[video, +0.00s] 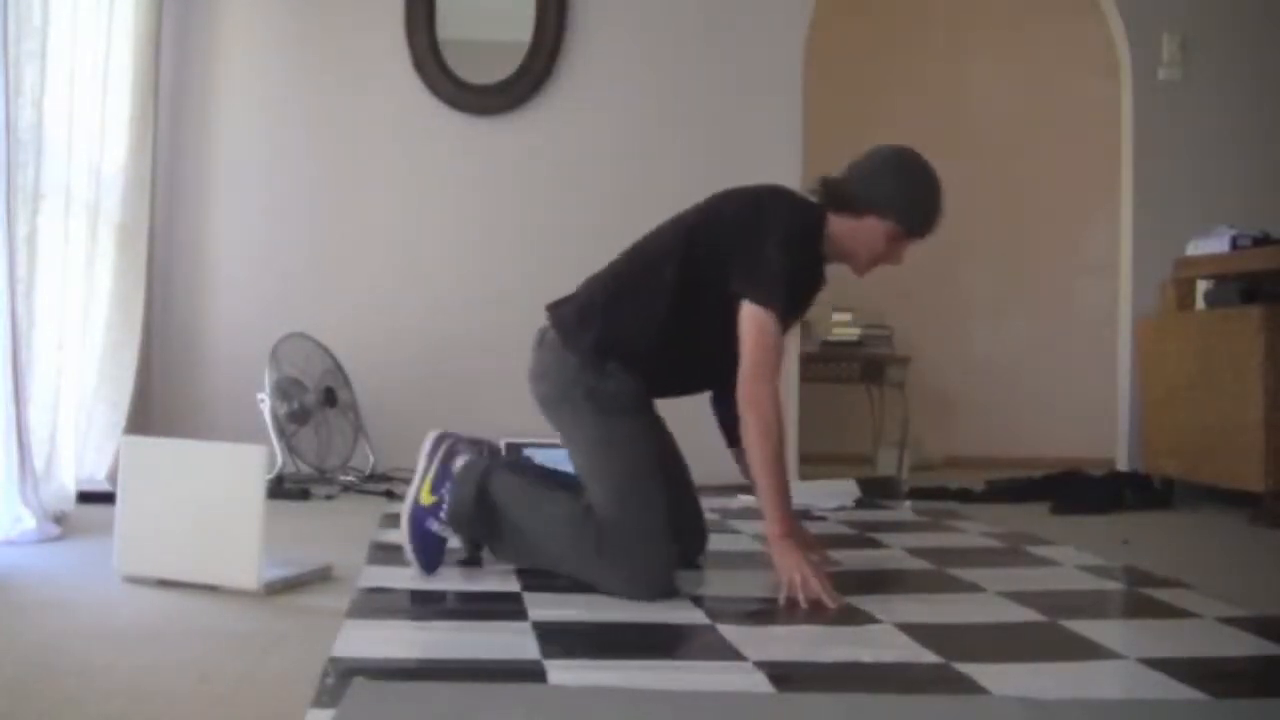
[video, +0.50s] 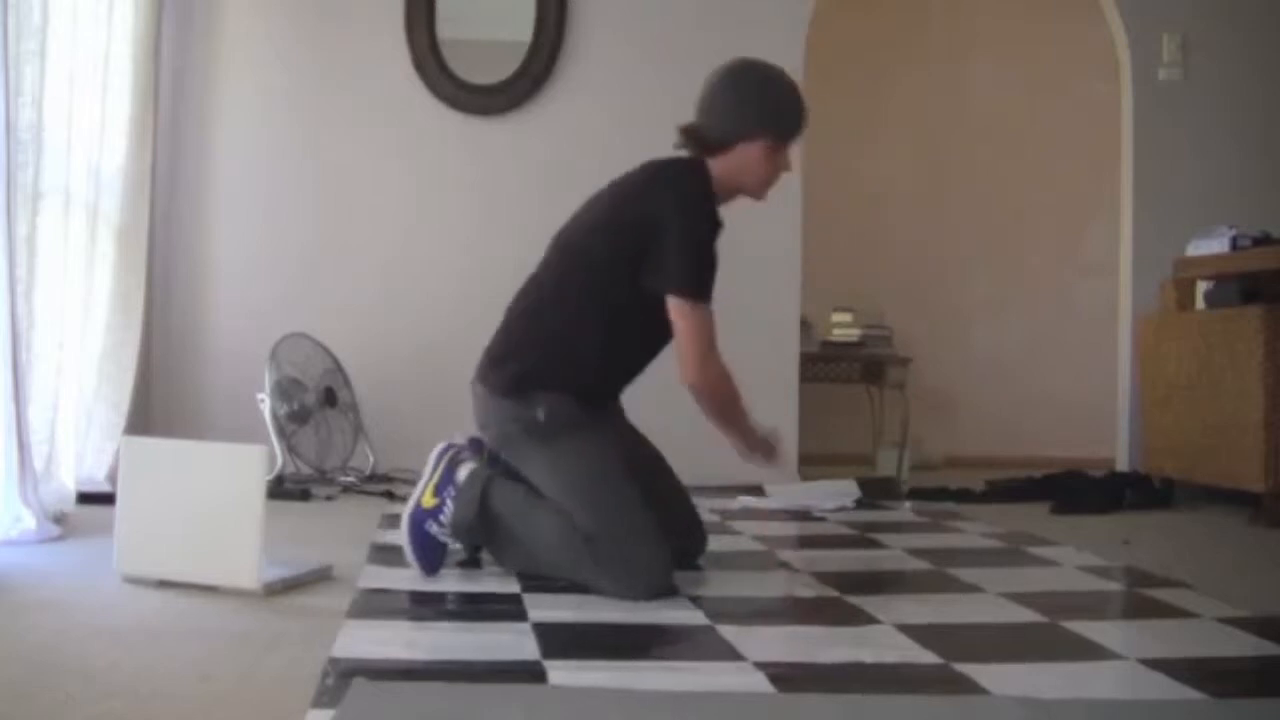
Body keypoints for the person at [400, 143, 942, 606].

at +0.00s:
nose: (897, 258)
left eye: (906, 246)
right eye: (901, 239)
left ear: (866, 212)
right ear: (869, 209)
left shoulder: (797, 252)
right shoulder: (782, 226)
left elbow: (737, 397)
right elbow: (754, 388)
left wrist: (781, 517)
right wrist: (781, 534)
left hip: (617, 377)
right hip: (581, 365)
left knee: (681, 541)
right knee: (640, 569)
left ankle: (503, 481)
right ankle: (469, 486)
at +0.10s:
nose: (858, 230)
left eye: (867, 218)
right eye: (862, 212)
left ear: (829, 193)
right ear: (832, 193)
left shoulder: (763, 244)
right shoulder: (743, 225)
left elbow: (729, 401)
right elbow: (742, 396)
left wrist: (782, 521)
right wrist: (785, 538)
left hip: (594, 385)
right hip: (560, 379)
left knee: (679, 541)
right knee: (641, 576)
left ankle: (505, 482)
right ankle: (474, 490)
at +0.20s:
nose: (837, 215)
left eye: (843, 200)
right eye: (838, 197)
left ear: (801, 179)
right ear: (809, 182)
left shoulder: (733, 228)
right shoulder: (725, 221)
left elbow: (714, 392)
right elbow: (734, 391)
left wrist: (774, 510)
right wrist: (786, 527)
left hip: (584, 392)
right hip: (551, 388)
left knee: (680, 542)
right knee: (643, 574)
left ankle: (515, 479)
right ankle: (471, 494)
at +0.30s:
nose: (808, 191)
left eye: (813, 176)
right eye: (806, 173)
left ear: (759, 158)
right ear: (771, 160)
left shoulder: (701, 213)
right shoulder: (702, 216)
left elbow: (674, 391)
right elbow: (709, 389)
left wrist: (709, 487)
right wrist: (776, 513)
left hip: (571, 398)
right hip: (541, 397)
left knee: (679, 542)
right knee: (642, 573)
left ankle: (495, 479)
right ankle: (474, 495)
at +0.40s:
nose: (794, 183)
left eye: (798, 166)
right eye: (793, 164)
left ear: (751, 150)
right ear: (763, 153)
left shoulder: (697, 210)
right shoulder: (691, 211)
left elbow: (697, 377)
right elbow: (696, 380)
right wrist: (752, 484)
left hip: (578, 405)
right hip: (537, 404)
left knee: (679, 541)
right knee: (638, 571)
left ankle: (493, 478)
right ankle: (472, 495)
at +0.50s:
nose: (786, 168)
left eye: (788, 151)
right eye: (783, 150)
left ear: (742, 140)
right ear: (752, 143)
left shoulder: (683, 196)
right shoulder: (681, 201)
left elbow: (700, 362)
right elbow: (699, 370)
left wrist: (744, 431)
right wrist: (748, 437)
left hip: (574, 405)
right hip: (534, 407)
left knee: (680, 543)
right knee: (639, 576)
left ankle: (488, 478)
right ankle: (472, 497)